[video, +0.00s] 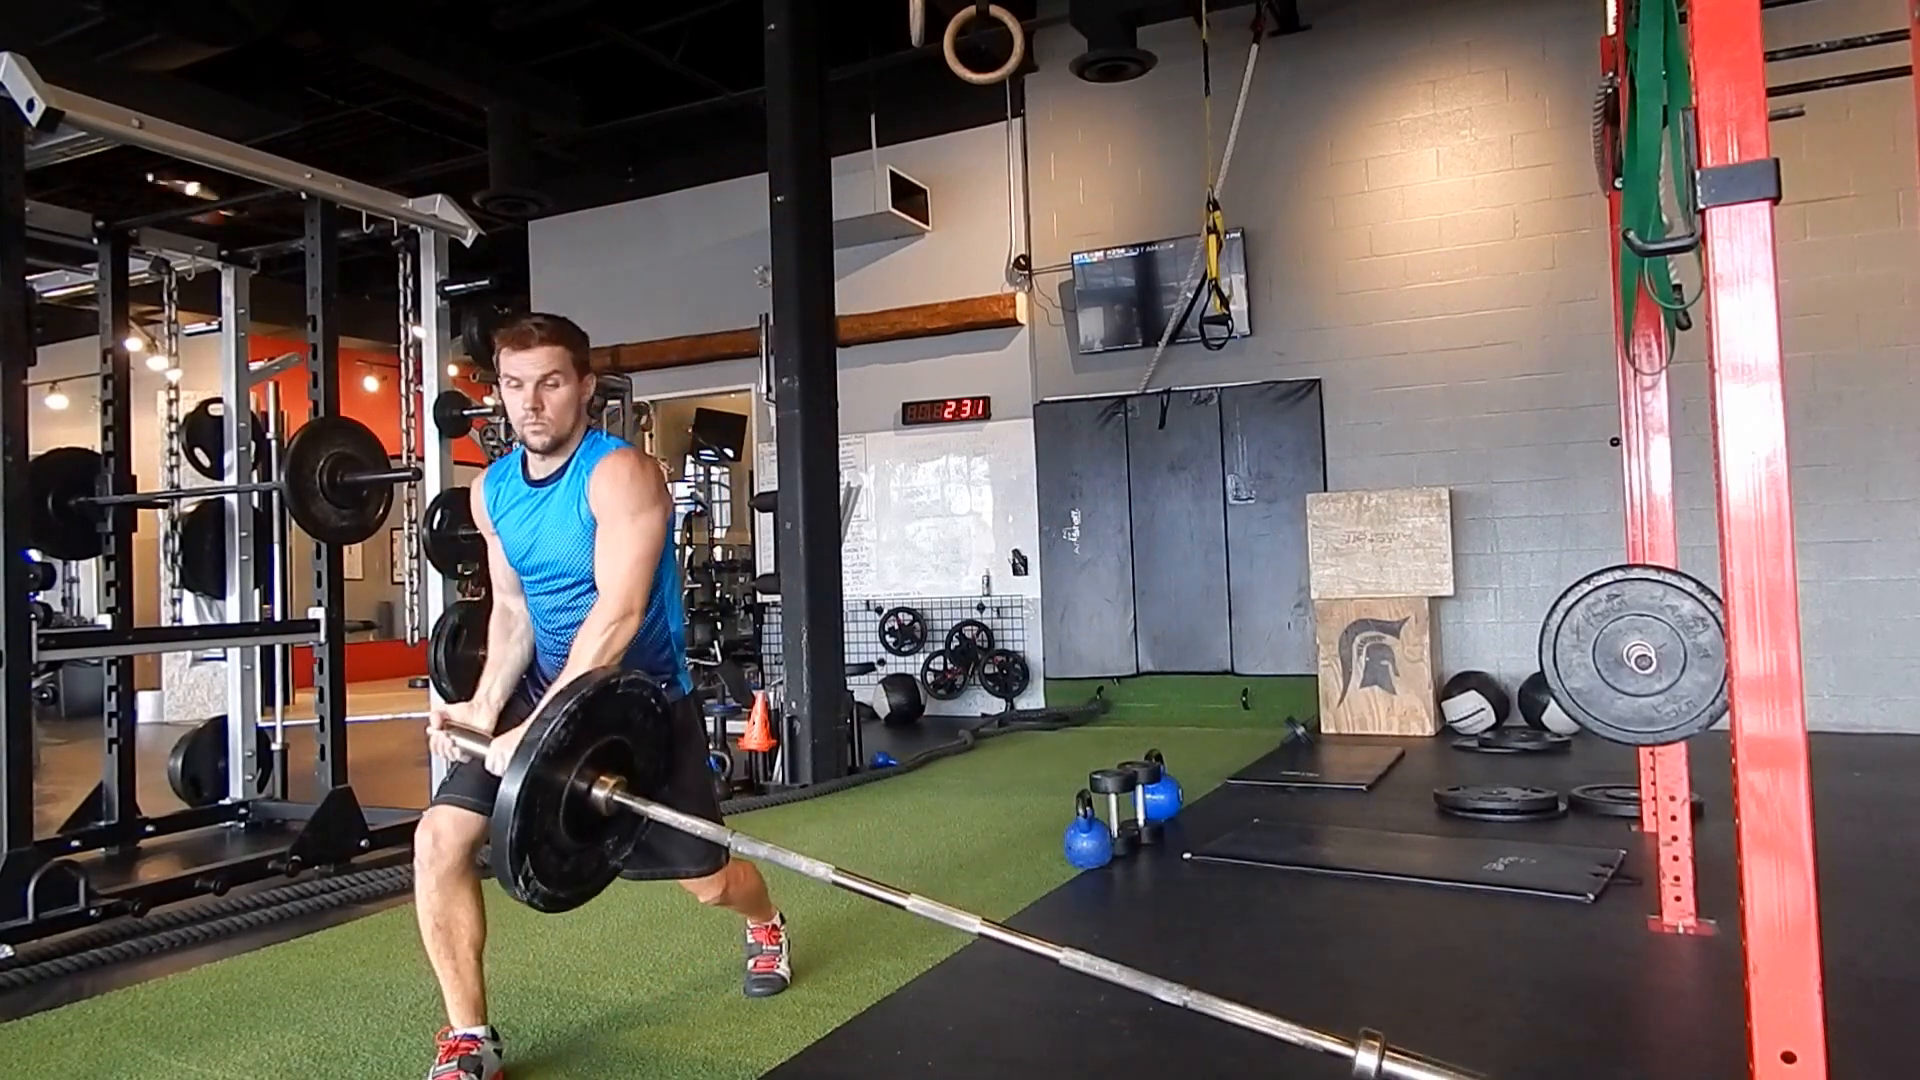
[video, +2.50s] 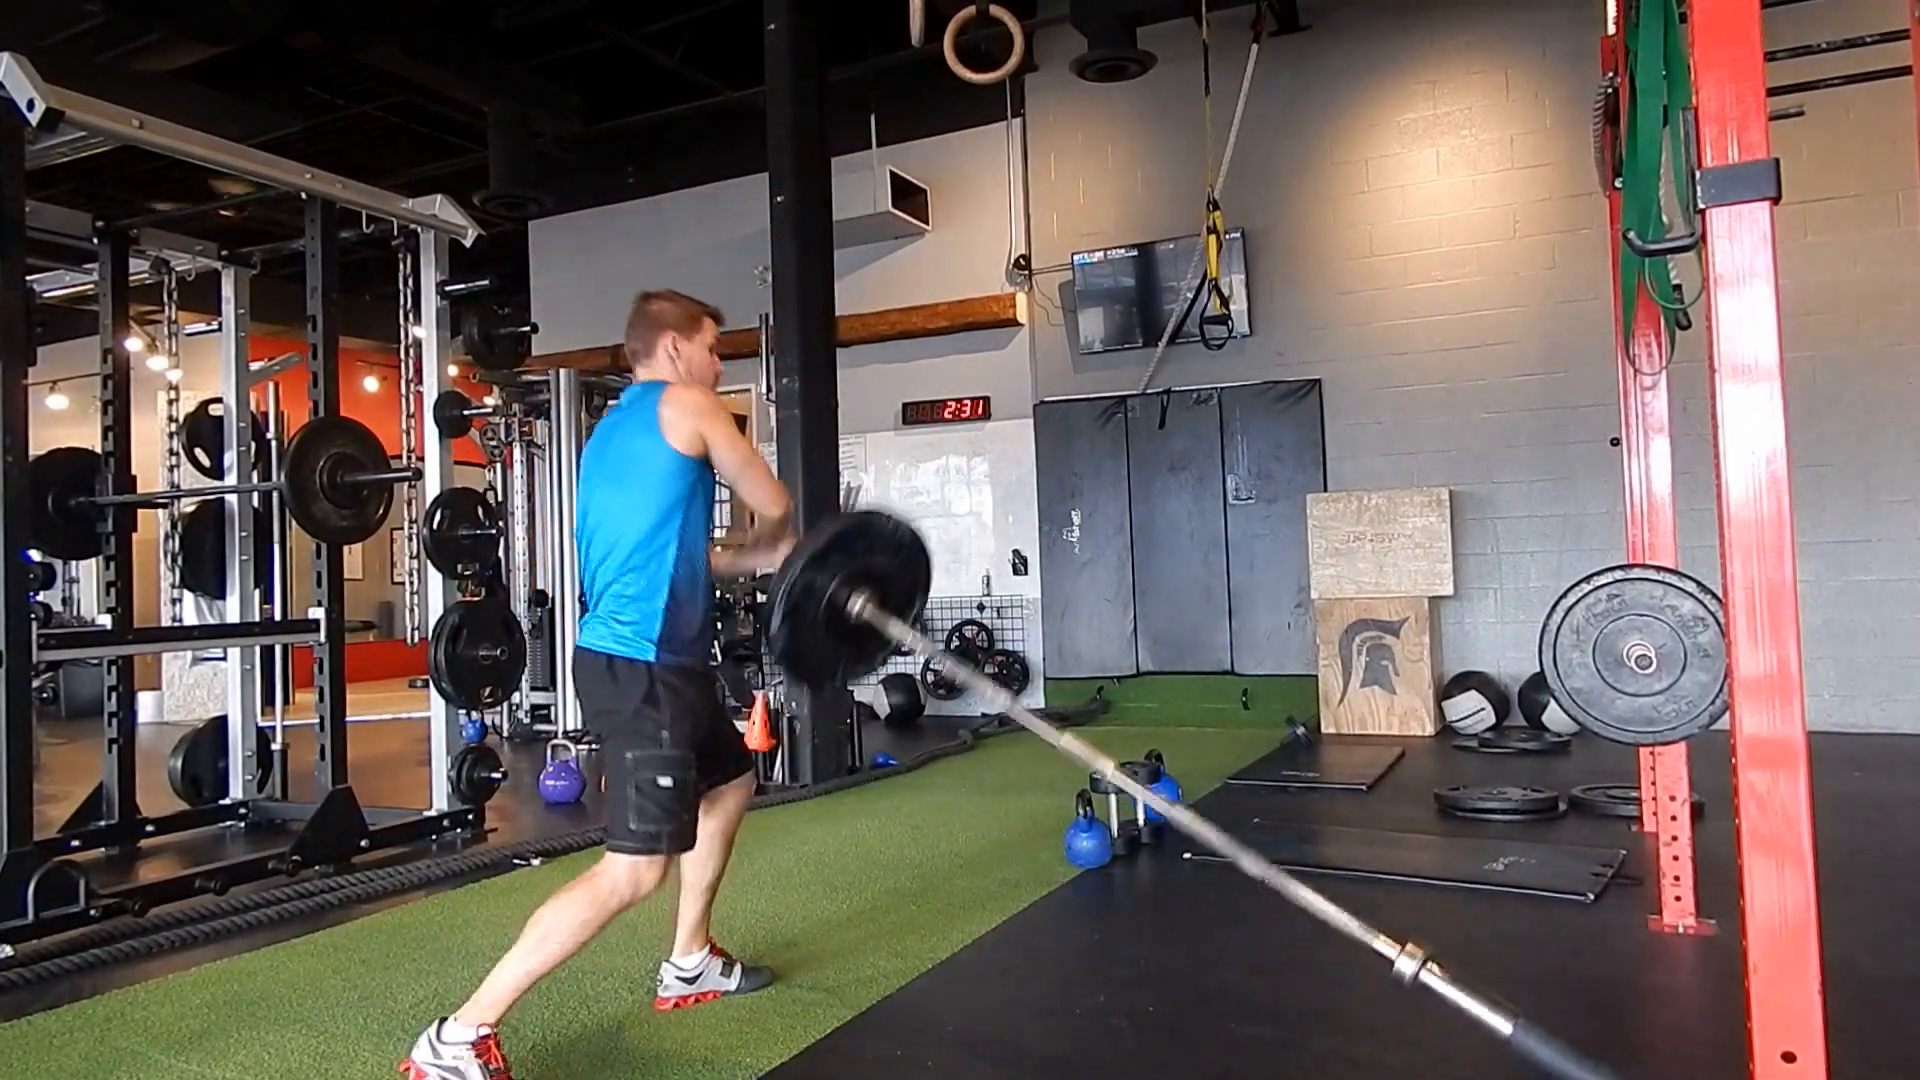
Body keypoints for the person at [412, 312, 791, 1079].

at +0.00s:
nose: (531, 400)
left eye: (549, 381)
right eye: (515, 384)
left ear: (586, 385)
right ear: (501, 393)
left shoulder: (624, 474)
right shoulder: (493, 489)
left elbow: (619, 619)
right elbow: (510, 609)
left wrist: (534, 733)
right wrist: (483, 703)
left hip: (642, 700)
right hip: (539, 700)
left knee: (710, 883)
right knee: (439, 841)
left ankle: (768, 922)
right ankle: (469, 1038)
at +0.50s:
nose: (625, 309)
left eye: (637, 297)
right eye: (607, 296)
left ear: (649, 310)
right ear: (569, 310)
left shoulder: (665, 385)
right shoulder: (529, 388)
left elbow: (728, 433)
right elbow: (509, 479)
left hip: (657, 648)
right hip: (551, 650)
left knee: (714, 807)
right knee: (512, 838)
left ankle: (696, 944)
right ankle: (477, 1033)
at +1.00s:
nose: (685, 293)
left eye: (687, 280)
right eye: (664, 282)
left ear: (687, 296)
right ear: (618, 291)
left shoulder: (702, 366)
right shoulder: (581, 356)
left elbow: (781, 299)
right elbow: (659, 270)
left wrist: (811, 200)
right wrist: (743, 162)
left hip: (676, 637)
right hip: (584, 635)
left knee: (700, 791)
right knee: (558, 838)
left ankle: (683, 961)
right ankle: (488, 1029)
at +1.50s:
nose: (697, 334)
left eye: (697, 322)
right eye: (686, 320)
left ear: (648, 320)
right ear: (639, 318)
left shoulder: (667, 402)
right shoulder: (614, 370)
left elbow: (758, 438)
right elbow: (751, 350)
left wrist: (849, 377)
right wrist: (835, 313)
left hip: (668, 644)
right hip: (613, 644)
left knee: (718, 785)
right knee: (610, 849)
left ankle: (690, 960)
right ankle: (481, 1030)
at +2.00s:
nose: (753, 413)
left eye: (752, 401)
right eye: (750, 401)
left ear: (681, 400)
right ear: (726, 399)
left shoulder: (628, 475)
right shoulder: (751, 458)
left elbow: (631, 586)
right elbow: (767, 584)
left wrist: (722, 649)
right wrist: (746, 643)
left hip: (613, 679)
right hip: (668, 688)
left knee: (736, 788)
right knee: (662, 895)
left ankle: (693, 959)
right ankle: (464, 1030)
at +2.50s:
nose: (718, 364)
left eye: (717, 351)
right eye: (711, 350)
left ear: (650, 352)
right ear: (672, 347)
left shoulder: (615, 427)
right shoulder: (690, 404)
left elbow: (669, 555)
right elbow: (775, 506)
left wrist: (766, 556)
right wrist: (757, 543)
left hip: (662, 660)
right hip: (637, 664)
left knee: (729, 781)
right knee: (641, 862)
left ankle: (690, 961)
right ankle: (459, 1033)